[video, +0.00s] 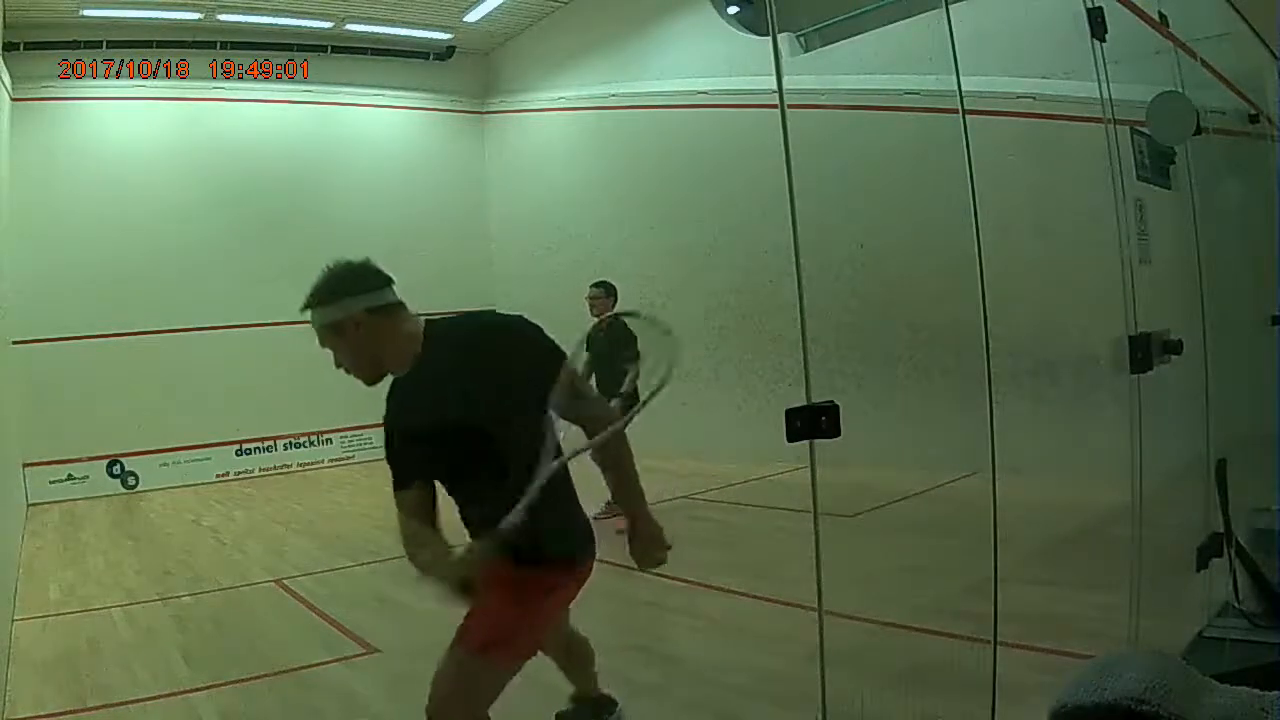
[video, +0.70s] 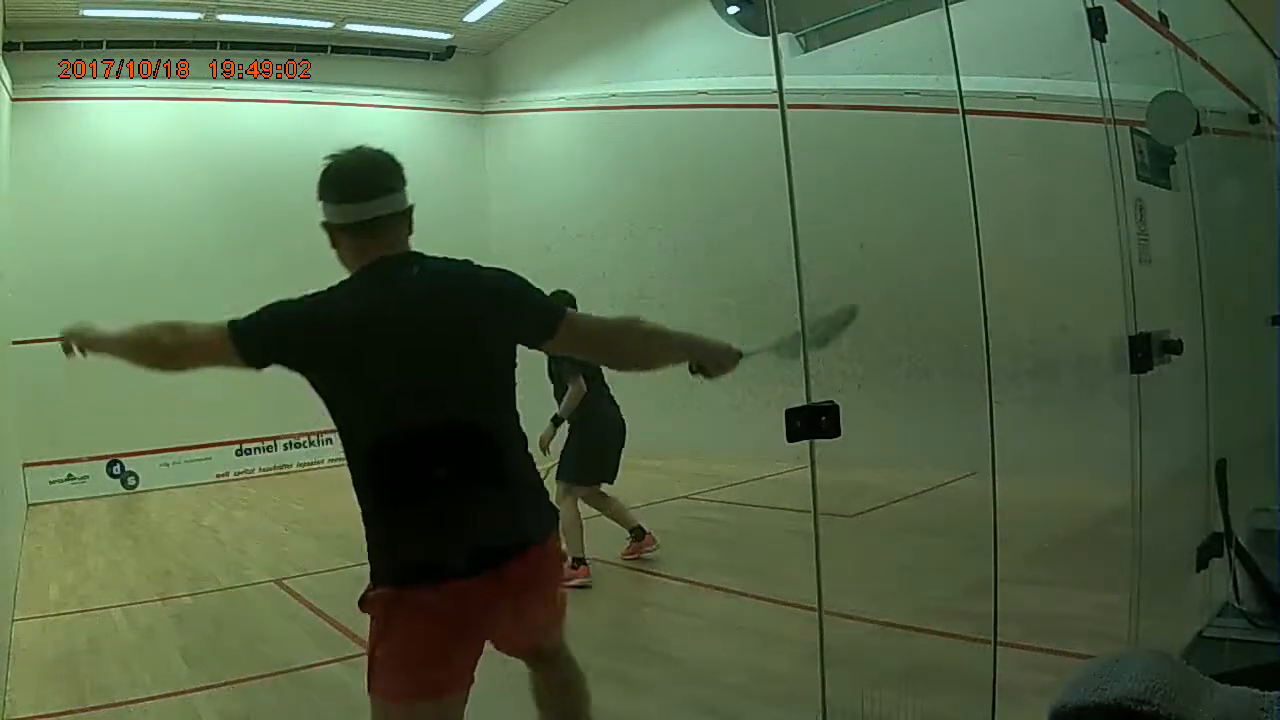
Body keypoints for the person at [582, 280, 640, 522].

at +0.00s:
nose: (591, 304)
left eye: (597, 299)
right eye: (590, 299)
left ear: (610, 301)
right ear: (590, 302)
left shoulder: (621, 331)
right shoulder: (594, 332)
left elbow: (633, 368)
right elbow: (589, 364)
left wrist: (622, 398)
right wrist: (578, 390)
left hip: (622, 397)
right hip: (603, 395)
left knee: (612, 452)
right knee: (602, 451)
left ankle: (622, 500)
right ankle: (618, 498)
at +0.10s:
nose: (584, 307)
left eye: (590, 303)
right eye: (583, 303)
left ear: (605, 305)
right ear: (583, 306)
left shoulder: (612, 336)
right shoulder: (591, 334)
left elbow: (619, 377)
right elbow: (588, 370)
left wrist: (595, 400)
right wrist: (572, 397)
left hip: (614, 406)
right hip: (601, 406)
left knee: (595, 453)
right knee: (600, 454)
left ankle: (607, 503)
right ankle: (615, 498)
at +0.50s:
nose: (554, 282)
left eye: (558, 276)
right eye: (556, 276)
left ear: (569, 279)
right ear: (577, 278)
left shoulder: (579, 310)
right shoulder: (581, 307)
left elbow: (586, 359)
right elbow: (587, 359)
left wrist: (557, 392)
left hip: (585, 395)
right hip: (599, 394)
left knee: (564, 464)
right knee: (596, 463)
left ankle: (598, 524)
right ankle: (637, 518)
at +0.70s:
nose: (542, 325)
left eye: (545, 317)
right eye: (543, 317)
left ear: (553, 316)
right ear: (572, 314)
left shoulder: (561, 348)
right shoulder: (582, 342)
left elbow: (577, 387)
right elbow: (590, 386)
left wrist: (553, 425)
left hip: (589, 425)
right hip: (609, 422)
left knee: (565, 493)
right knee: (587, 491)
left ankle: (577, 564)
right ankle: (640, 535)